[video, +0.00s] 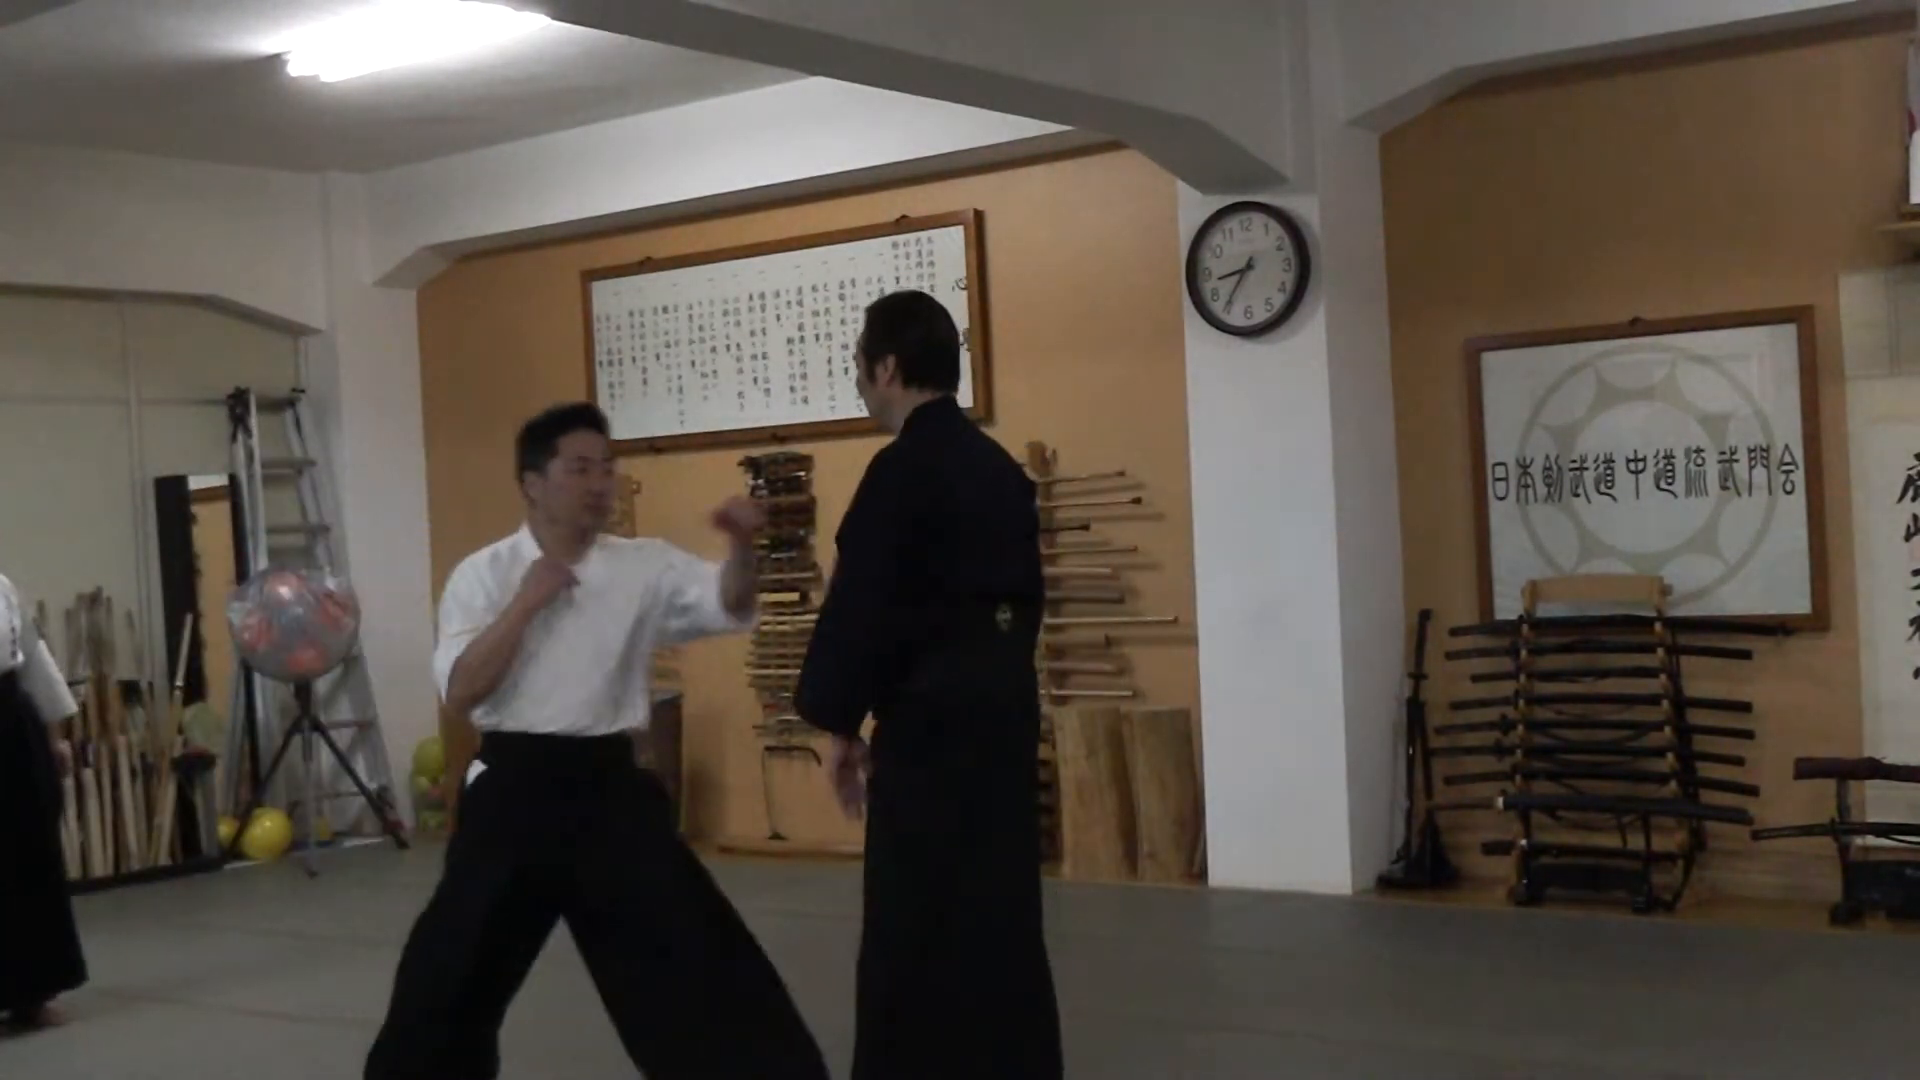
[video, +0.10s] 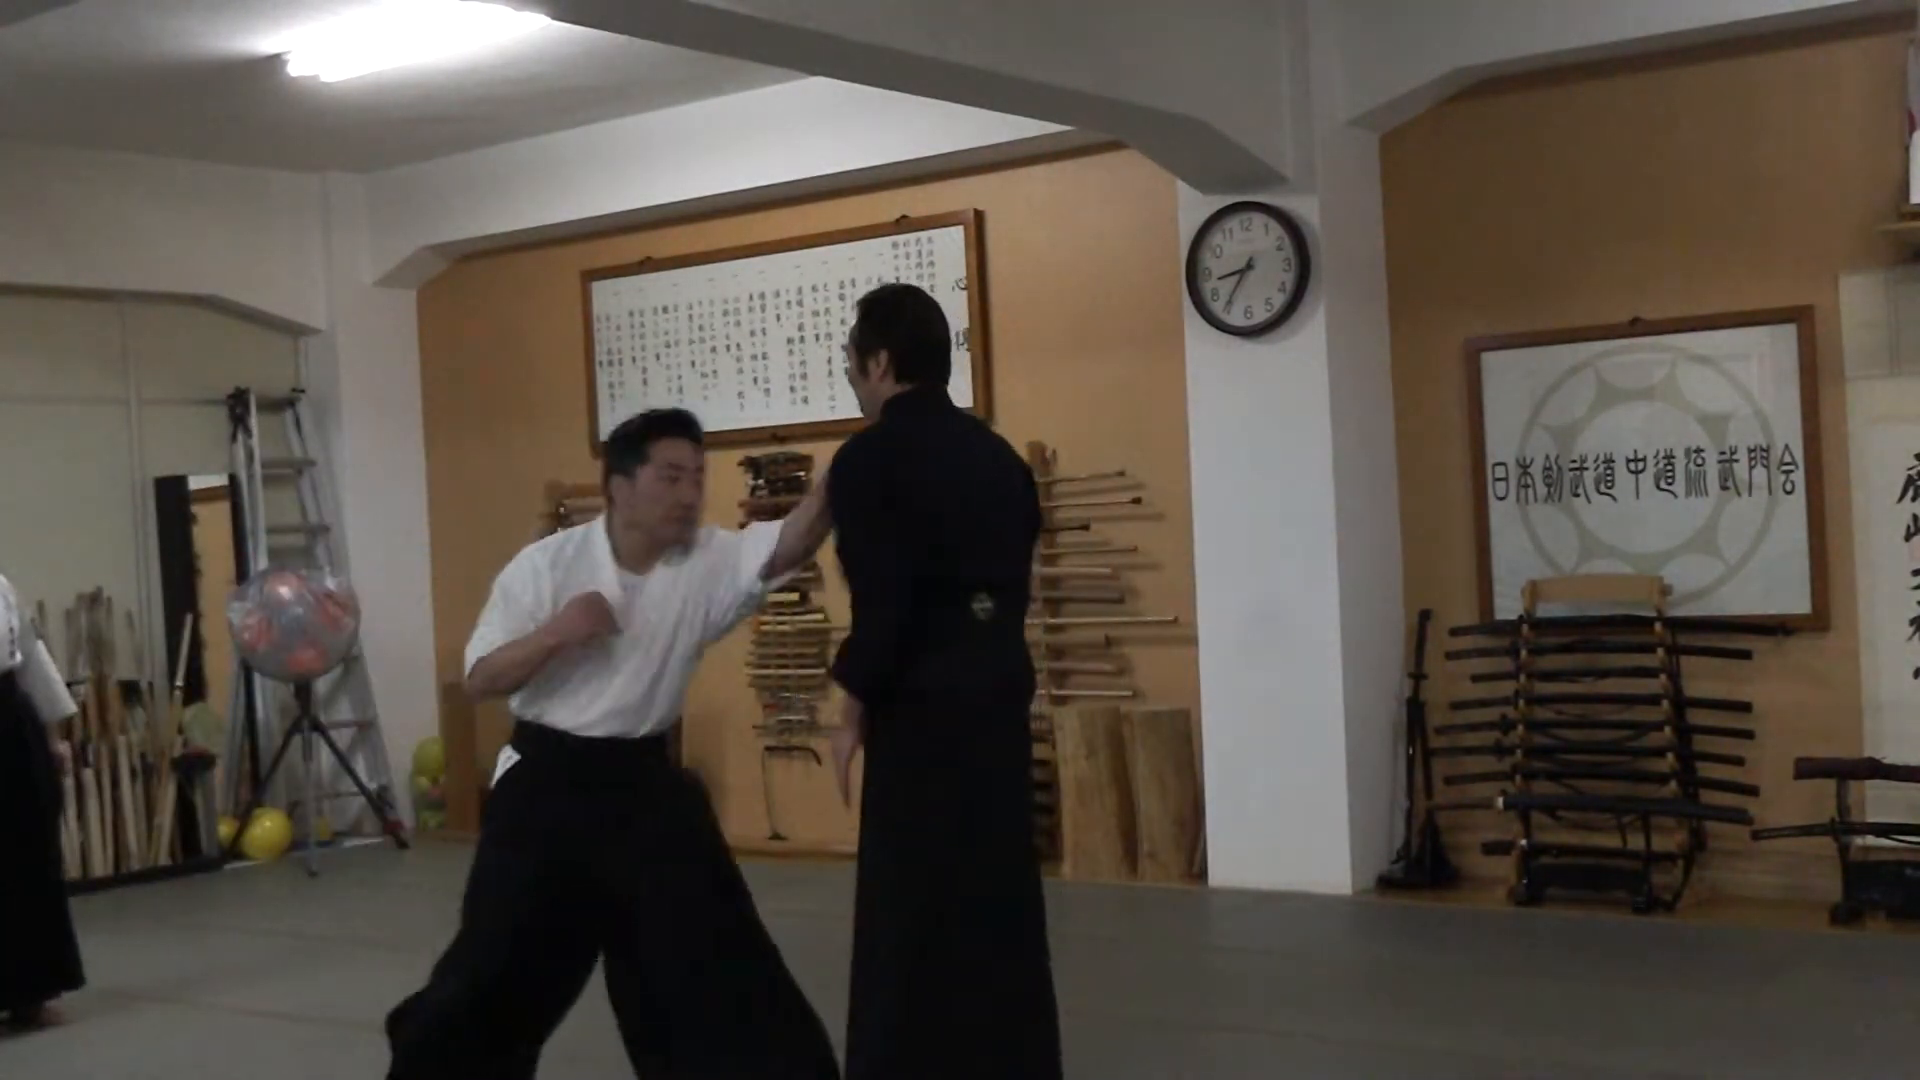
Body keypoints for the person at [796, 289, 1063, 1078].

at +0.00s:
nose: (860, 382)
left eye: (863, 366)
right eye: (860, 367)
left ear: (890, 369)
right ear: (947, 369)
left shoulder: (899, 470)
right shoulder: (1002, 469)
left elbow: (860, 604)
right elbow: (998, 622)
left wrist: (839, 727)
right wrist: (890, 725)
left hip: (924, 741)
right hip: (1001, 734)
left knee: (911, 940)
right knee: (998, 933)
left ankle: (913, 1072)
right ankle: (1013, 1070)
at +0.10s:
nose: (856, 380)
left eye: (856, 364)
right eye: (856, 365)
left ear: (878, 363)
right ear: (941, 362)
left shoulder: (866, 457)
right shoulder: (1000, 455)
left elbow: (884, 596)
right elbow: (1007, 597)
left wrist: (849, 700)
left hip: (914, 705)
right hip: (999, 701)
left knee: (910, 909)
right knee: (998, 900)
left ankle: (913, 1064)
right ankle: (1008, 1063)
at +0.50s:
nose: (902, 386)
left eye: (903, 369)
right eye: (901, 370)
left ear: (928, 367)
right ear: (985, 361)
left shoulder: (911, 469)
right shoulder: (1060, 457)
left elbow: (897, 619)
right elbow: (1087, 596)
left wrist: (904, 746)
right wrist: (1052, 681)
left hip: (975, 716)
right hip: (1070, 709)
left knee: (957, 903)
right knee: (1068, 899)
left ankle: (966, 1065)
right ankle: (1081, 1062)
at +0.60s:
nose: (941, 399)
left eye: (941, 381)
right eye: (937, 382)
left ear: (970, 371)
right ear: (1023, 367)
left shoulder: (966, 471)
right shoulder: (1089, 464)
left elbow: (941, 624)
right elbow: (1104, 610)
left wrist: (938, 761)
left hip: (1003, 731)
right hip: (1097, 716)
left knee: (971, 918)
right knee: (1094, 907)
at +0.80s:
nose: (1023, 409)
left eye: (1023, 385)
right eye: (1017, 389)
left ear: (1064, 368)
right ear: (1085, 369)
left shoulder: (1081, 463)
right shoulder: (1175, 458)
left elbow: (1055, 610)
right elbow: (1184, 609)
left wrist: (1048, 744)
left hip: (1116, 739)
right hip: (1199, 723)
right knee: (1192, 928)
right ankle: (1216, 1069)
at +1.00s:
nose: (1095, 396)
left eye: (1096, 374)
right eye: (1089, 378)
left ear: (1140, 356)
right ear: (1154, 357)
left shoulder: (1173, 444)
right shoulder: (1230, 436)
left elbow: (1161, 601)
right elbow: (1244, 599)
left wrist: (1143, 740)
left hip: (1210, 726)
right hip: (1267, 715)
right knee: (1258, 935)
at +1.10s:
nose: (1127, 387)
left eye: (1129, 365)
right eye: (1122, 369)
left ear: (1176, 348)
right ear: (1193, 349)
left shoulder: (1209, 441)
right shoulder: (1251, 430)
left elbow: (1178, 596)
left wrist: (1157, 739)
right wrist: (1172, 738)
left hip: (1237, 738)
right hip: (1283, 726)